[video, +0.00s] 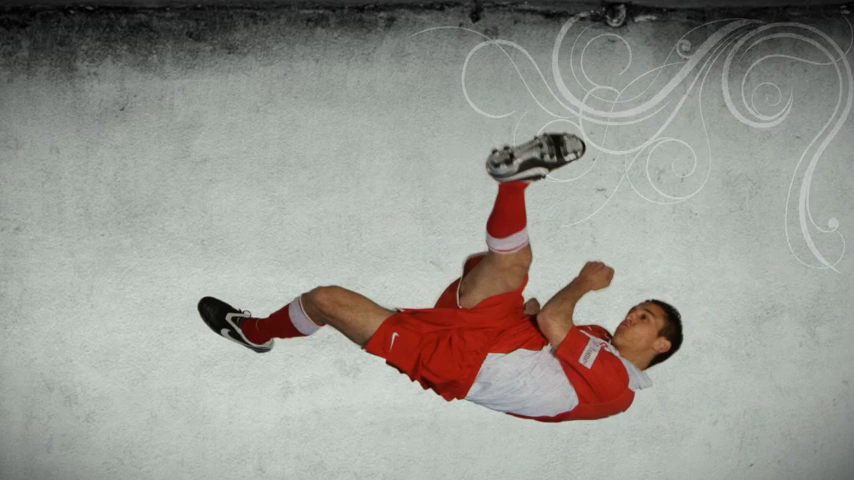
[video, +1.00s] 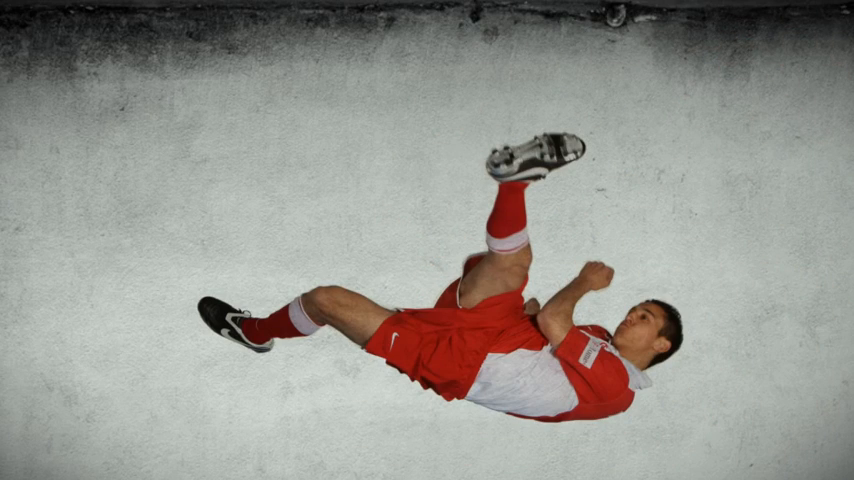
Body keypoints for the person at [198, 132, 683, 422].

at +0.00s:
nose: (633, 318)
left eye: (645, 319)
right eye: (636, 314)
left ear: (659, 347)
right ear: (631, 326)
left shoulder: (616, 386)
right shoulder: (598, 349)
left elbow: (549, 324)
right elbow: (519, 325)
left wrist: (583, 283)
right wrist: (468, 289)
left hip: (452, 360)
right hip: (482, 323)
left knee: (324, 299)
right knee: (508, 257)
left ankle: (256, 332)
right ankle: (512, 177)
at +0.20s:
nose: (633, 318)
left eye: (645, 319)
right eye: (636, 314)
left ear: (659, 347)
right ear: (631, 326)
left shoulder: (616, 386)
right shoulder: (598, 349)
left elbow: (549, 324)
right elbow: (520, 325)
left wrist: (583, 283)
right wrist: (468, 290)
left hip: (452, 360)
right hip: (482, 323)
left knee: (324, 299)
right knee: (508, 257)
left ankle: (257, 332)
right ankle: (512, 177)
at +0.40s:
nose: (633, 318)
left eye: (645, 319)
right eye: (636, 314)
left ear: (658, 347)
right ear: (631, 326)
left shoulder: (616, 386)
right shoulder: (598, 349)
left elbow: (549, 324)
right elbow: (519, 326)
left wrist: (583, 283)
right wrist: (469, 288)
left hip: (452, 360)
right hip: (482, 324)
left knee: (324, 299)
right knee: (508, 257)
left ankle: (256, 333)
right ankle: (512, 177)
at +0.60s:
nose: (633, 318)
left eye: (645, 319)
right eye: (636, 314)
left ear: (658, 347)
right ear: (631, 326)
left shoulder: (616, 386)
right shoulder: (597, 349)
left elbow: (549, 324)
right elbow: (519, 325)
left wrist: (583, 283)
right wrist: (468, 288)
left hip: (452, 360)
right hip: (482, 323)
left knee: (324, 299)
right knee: (508, 257)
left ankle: (256, 333)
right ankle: (512, 177)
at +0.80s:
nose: (633, 317)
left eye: (645, 319)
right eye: (636, 313)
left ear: (658, 347)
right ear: (631, 326)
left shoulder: (616, 386)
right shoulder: (597, 349)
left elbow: (549, 324)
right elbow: (519, 325)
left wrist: (583, 283)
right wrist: (468, 288)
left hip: (452, 360)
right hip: (482, 323)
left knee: (324, 299)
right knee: (508, 257)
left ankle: (256, 333)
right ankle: (512, 177)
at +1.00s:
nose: (633, 317)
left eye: (645, 319)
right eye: (636, 313)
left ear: (658, 347)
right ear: (631, 326)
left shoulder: (616, 386)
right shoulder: (597, 349)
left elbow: (549, 324)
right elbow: (519, 325)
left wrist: (583, 283)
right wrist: (468, 288)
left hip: (452, 360)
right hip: (482, 323)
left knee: (324, 299)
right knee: (509, 257)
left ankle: (256, 333)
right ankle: (512, 177)